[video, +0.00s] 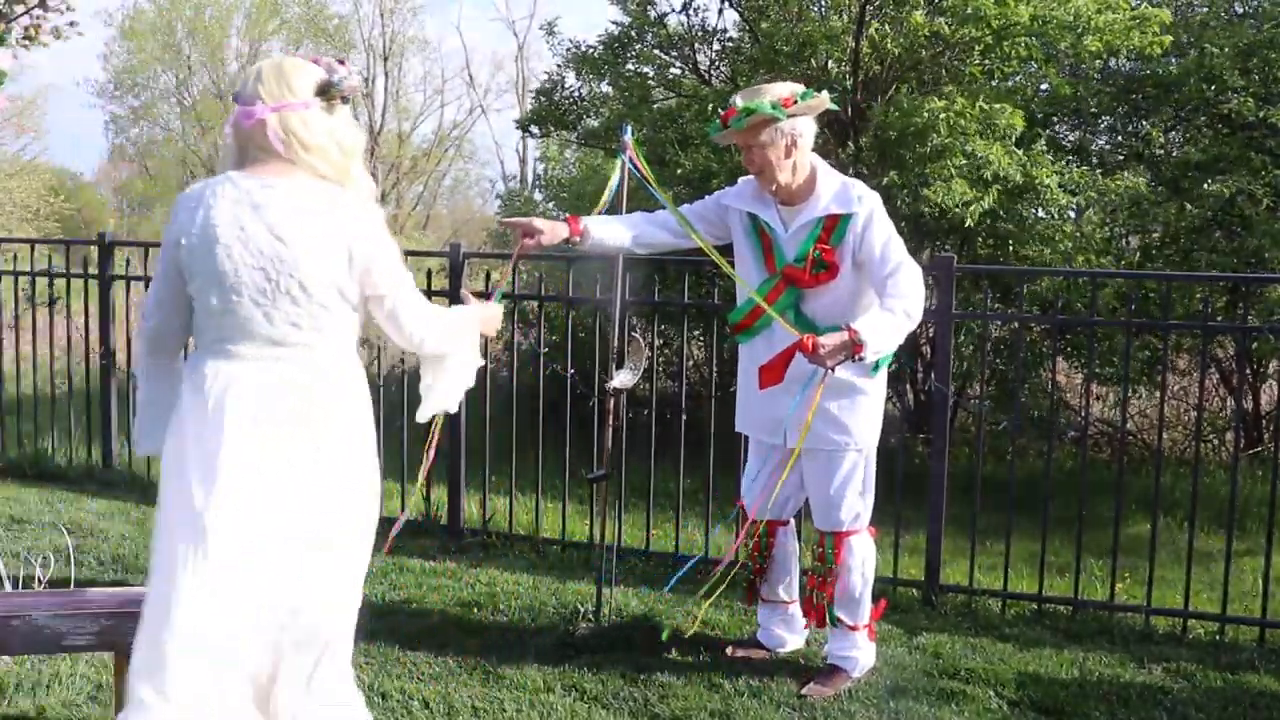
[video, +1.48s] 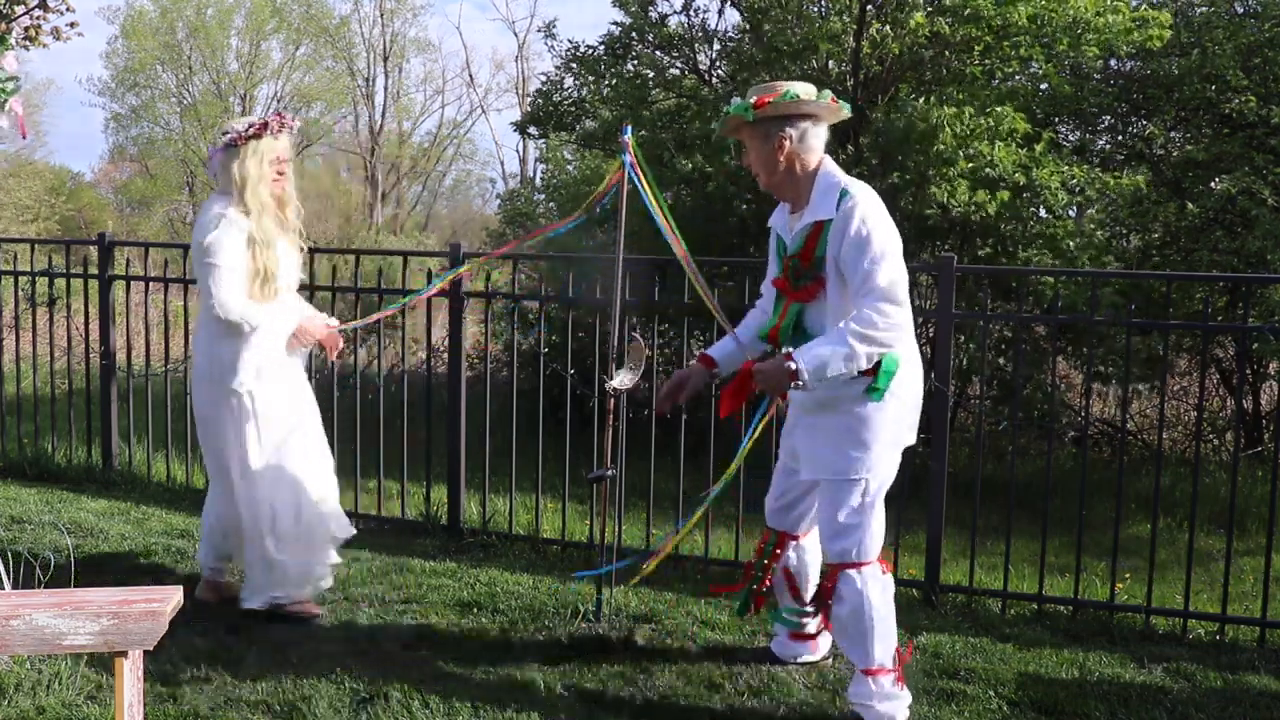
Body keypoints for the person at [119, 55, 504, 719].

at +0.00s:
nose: (230, 119)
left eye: (238, 109)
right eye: (236, 107)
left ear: (250, 123)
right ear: (325, 125)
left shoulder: (198, 205)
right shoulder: (348, 211)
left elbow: (159, 330)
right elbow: (408, 324)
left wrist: (159, 421)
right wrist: (472, 323)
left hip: (222, 397)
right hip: (324, 401)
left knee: (214, 573)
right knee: (316, 577)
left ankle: (202, 703)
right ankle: (304, 705)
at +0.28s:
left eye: (291, 153)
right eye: (368, 150)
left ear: (293, 162)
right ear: (363, 162)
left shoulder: (252, 232)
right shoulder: (387, 240)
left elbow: (208, 337)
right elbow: (442, 322)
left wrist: (162, 341)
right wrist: (495, 299)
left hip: (272, 397)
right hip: (361, 401)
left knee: (274, 553)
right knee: (355, 557)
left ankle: (272, 695)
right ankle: (341, 696)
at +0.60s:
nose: (393, 163)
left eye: (307, 156)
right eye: (385, 153)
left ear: (313, 164)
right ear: (374, 164)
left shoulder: (278, 225)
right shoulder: (400, 235)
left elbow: (249, 317)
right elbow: (428, 337)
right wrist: (423, 389)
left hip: (296, 390)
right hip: (377, 389)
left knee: (289, 532)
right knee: (368, 535)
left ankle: (283, 684)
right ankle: (365, 687)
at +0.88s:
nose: (390, 176)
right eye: (386, 167)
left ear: (321, 172)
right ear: (376, 177)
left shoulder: (282, 227)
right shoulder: (382, 235)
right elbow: (415, 327)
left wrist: (376, 158)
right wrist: (419, 328)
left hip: (299, 371)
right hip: (367, 370)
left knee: (315, 514)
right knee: (364, 511)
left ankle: (357, 657)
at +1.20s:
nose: (343, 178)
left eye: (339, 168)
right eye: (337, 169)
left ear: (278, 171)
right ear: (323, 174)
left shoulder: (251, 223)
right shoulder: (319, 230)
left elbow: (277, 289)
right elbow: (341, 310)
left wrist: (359, 296)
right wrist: (378, 308)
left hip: (260, 354)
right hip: (313, 359)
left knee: (261, 469)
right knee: (353, 477)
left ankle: (226, 568)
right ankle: (372, 609)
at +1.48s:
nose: (282, 173)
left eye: (286, 164)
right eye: (272, 164)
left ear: (288, 169)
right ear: (244, 169)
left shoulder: (267, 221)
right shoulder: (225, 224)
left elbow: (279, 293)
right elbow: (226, 304)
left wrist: (316, 320)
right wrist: (287, 324)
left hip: (267, 363)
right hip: (237, 371)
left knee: (237, 470)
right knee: (272, 470)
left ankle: (213, 576)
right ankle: (279, 589)